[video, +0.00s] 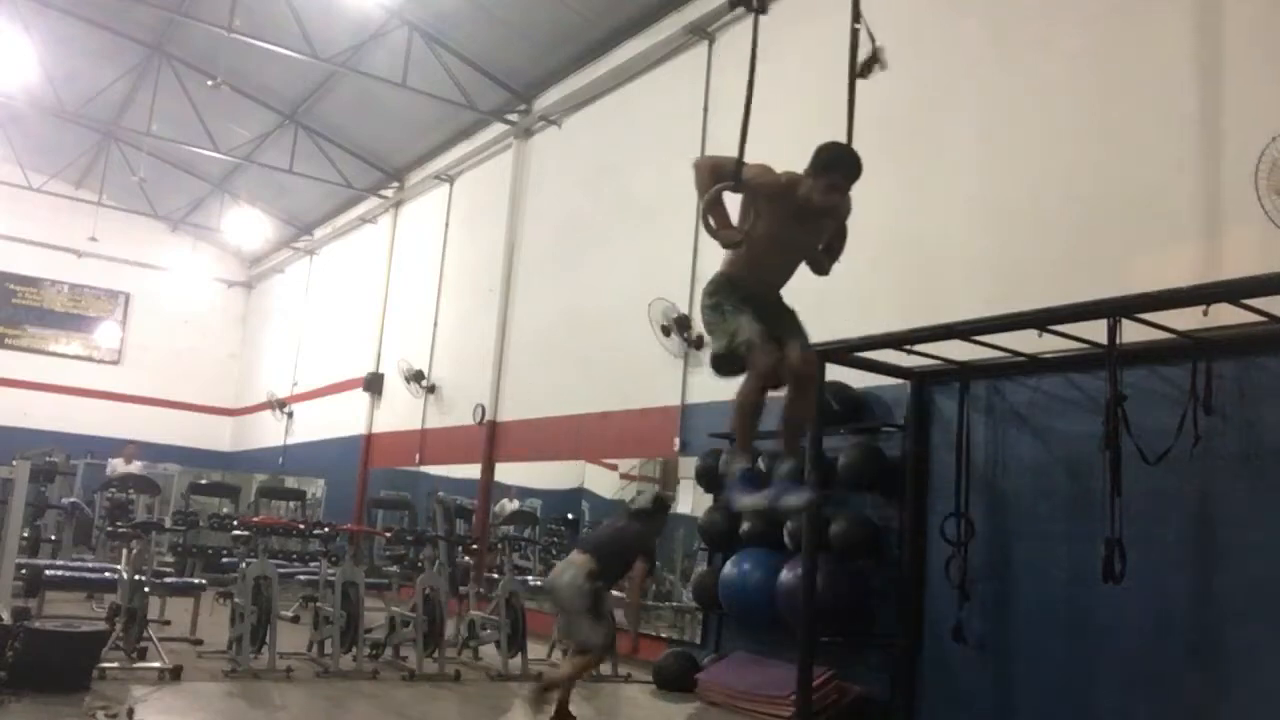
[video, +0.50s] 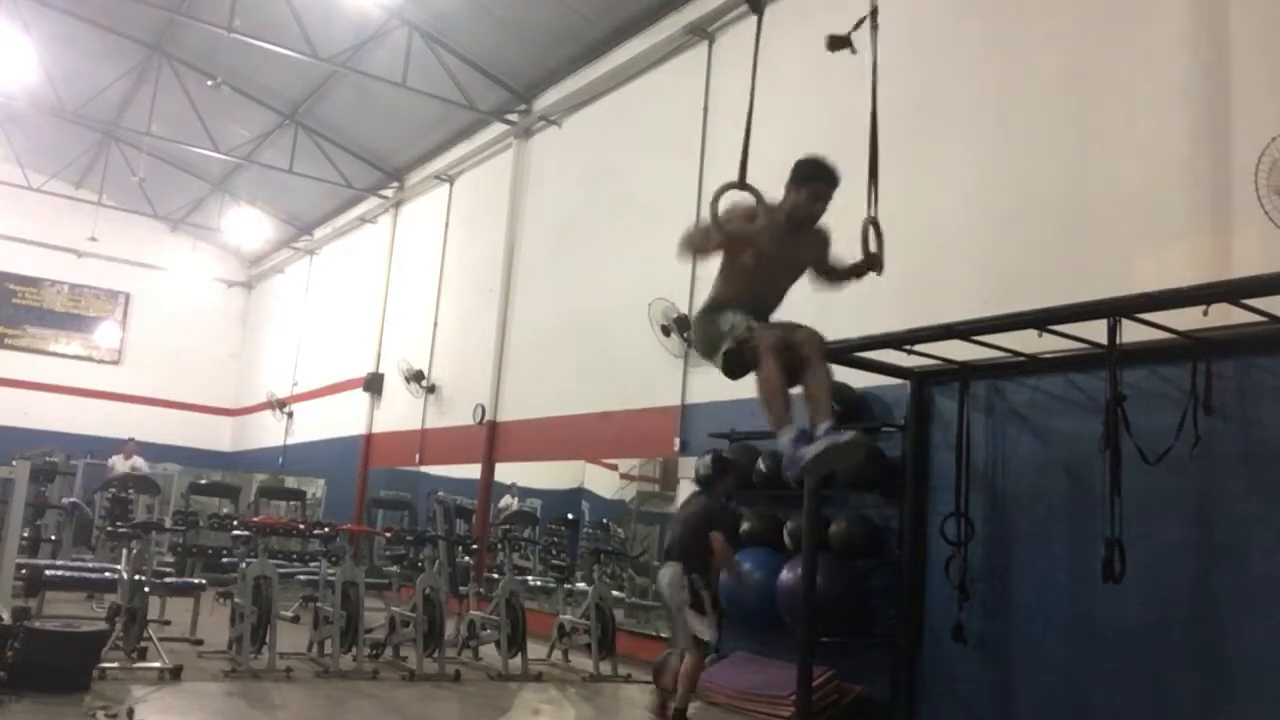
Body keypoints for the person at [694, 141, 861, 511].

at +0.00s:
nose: (840, 201)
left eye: (845, 192)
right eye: (833, 191)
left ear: (848, 186)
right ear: (810, 179)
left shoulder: (836, 210)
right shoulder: (769, 185)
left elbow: (822, 263)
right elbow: (705, 166)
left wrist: (820, 257)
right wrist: (722, 227)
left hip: (769, 302)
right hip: (728, 294)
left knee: (806, 369)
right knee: (765, 364)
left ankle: (790, 471)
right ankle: (742, 468)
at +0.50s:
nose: (818, 208)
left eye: (824, 202)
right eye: (813, 198)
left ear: (828, 203)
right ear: (790, 190)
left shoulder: (815, 240)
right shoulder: (752, 218)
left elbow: (825, 272)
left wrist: (859, 268)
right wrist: (738, 233)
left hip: (756, 324)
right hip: (715, 320)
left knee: (811, 341)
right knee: (769, 342)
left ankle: (824, 435)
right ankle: (790, 446)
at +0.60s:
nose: (791, 243)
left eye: (798, 237)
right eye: (786, 233)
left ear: (803, 238)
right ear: (767, 226)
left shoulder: (793, 278)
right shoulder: (729, 262)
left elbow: (816, 320)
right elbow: (677, 295)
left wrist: (844, 281)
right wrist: (712, 258)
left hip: (769, 370)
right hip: (722, 369)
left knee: (820, 344)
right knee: (778, 346)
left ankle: (850, 425)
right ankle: (812, 439)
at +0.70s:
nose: (755, 293)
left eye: (763, 287)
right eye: (749, 284)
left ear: (770, 291)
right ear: (735, 283)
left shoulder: (773, 327)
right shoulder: (713, 319)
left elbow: (820, 347)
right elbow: (661, 318)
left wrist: (821, 295)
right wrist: (688, 264)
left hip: (774, 416)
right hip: (730, 420)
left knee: (825, 368)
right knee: (785, 378)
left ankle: (873, 424)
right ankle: (837, 446)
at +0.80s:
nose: (738, 344)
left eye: (743, 337)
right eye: (729, 336)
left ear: (750, 342)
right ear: (712, 340)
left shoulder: (758, 373)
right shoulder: (698, 372)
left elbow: (798, 352)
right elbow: (663, 326)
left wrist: (794, 298)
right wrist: (683, 271)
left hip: (771, 458)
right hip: (731, 465)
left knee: (825, 409)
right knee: (785, 427)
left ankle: (885, 433)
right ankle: (860, 458)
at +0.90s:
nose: (737, 378)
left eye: (740, 371)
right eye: (728, 371)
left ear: (746, 376)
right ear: (709, 376)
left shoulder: (752, 405)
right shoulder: (696, 404)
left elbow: (767, 352)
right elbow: (688, 342)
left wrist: (768, 299)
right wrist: (694, 284)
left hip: (772, 507)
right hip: (733, 513)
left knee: (827, 484)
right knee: (769, 491)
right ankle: (870, 500)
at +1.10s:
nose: (772, 398)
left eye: (780, 391)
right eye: (765, 390)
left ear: (790, 394)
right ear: (750, 389)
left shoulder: (786, 422)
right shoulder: (729, 419)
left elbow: (809, 358)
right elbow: (733, 340)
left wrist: (813, 293)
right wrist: (739, 278)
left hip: (778, 545)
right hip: (735, 544)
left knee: (810, 639)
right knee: (750, 642)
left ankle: (814, 700)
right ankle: (729, 706)